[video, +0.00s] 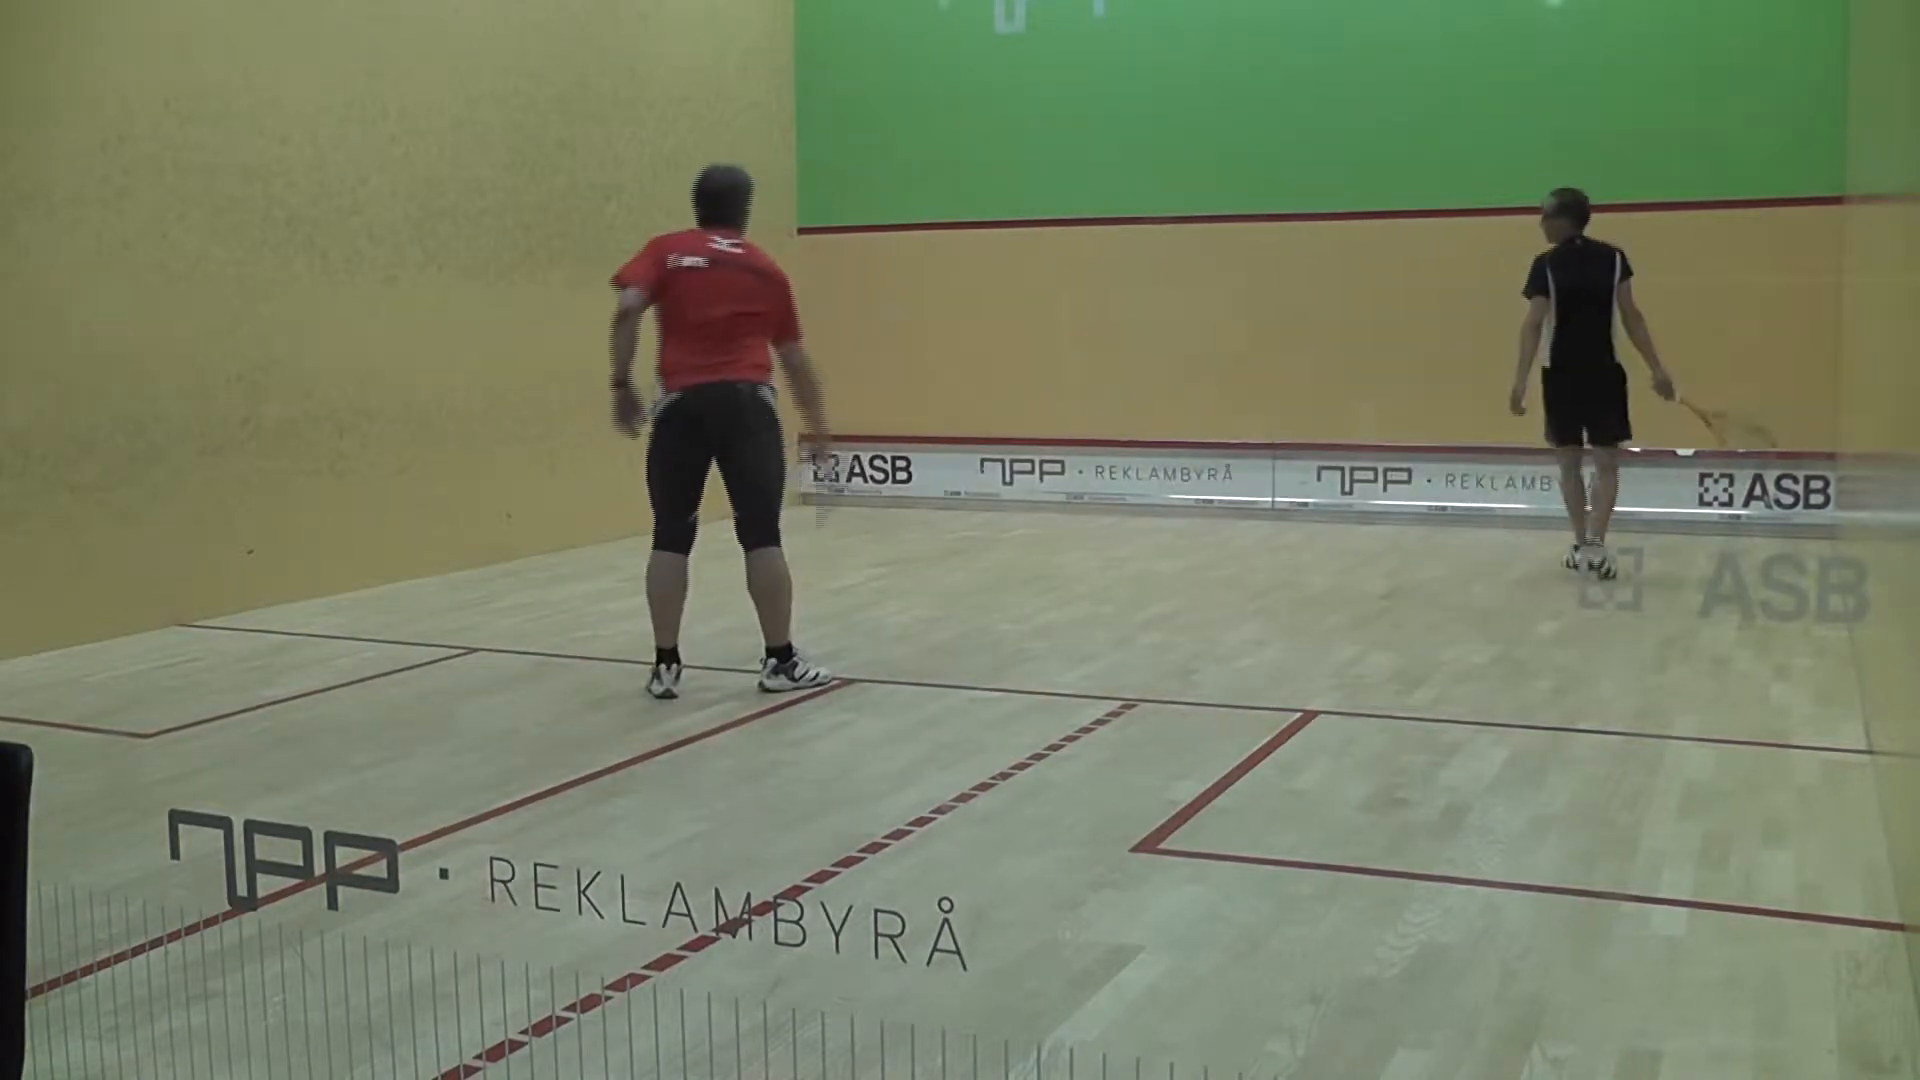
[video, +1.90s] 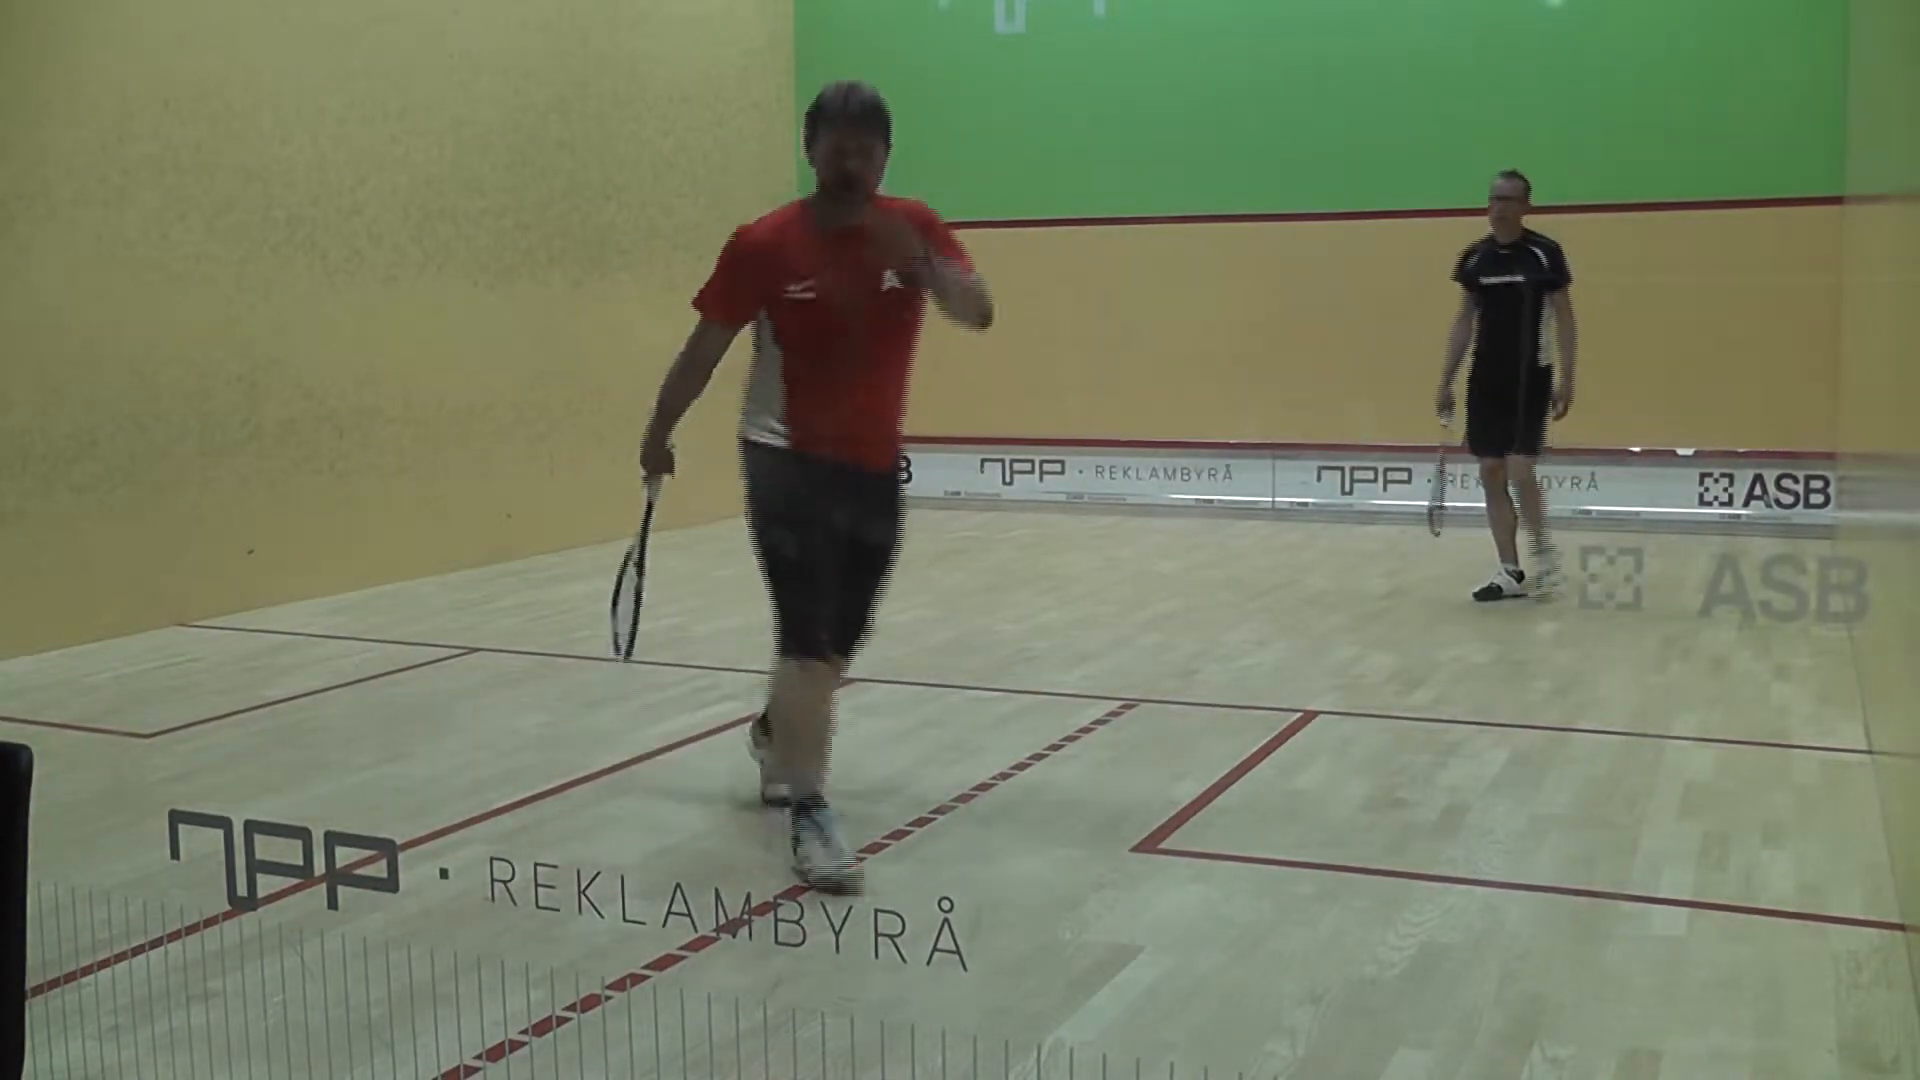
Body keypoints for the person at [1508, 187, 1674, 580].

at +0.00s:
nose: (1542, 223)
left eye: (1546, 217)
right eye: (1543, 216)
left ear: (1559, 221)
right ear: (1582, 220)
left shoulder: (1546, 264)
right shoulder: (1612, 256)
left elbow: (1534, 323)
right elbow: (1630, 315)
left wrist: (1520, 380)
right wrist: (1657, 368)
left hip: (1561, 377)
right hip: (1605, 375)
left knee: (1569, 462)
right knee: (1607, 462)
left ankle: (1582, 543)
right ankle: (1596, 544)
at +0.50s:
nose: (1567, 220)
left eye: (1574, 214)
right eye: (1569, 213)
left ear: (1594, 220)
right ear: (1600, 220)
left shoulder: (1591, 261)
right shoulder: (1624, 256)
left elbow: (1591, 321)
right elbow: (1635, 319)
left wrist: (1560, 347)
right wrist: (1600, 341)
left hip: (1595, 370)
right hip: (1623, 369)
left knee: (1579, 457)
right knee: (1614, 452)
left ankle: (1582, 548)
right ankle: (1643, 542)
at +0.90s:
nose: (1584, 216)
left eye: (1594, 210)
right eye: (1584, 208)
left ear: (1614, 217)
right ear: (1586, 213)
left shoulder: (1624, 259)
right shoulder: (1593, 259)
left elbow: (1632, 320)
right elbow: (1594, 319)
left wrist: (1610, 368)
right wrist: (1576, 361)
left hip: (1619, 367)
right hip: (1601, 367)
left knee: (1596, 455)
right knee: (1617, 455)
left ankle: (1616, 551)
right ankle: (1642, 542)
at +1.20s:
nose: (1583, 214)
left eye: (1593, 208)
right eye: (1580, 207)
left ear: (1611, 214)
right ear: (1575, 210)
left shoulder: (1628, 260)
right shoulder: (1572, 262)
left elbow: (1644, 326)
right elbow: (1573, 327)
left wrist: (1646, 385)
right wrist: (1559, 379)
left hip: (1613, 375)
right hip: (1577, 375)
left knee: (1606, 465)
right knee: (1562, 459)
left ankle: (1619, 556)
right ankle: (1602, 535)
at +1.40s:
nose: (1566, 213)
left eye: (1575, 207)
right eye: (1562, 206)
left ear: (1593, 213)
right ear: (1556, 211)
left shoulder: (1613, 257)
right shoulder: (1552, 262)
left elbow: (1638, 319)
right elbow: (1552, 322)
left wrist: (1647, 382)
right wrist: (1534, 373)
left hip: (1604, 375)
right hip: (1560, 374)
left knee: (1604, 465)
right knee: (1533, 456)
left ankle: (1619, 558)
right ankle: (1544, 557)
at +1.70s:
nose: (1521, 219)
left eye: (1530, 212)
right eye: (1517, 211)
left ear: (1549, 217)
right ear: (1512, 216)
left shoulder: (1572, 264)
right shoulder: (1507, 268)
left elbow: (1595, 326)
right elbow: (1501, 332)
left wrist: (1597, 388)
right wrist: (1481, 389)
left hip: (1560, 387)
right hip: (1515, 387)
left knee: (1573, 478)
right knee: (1501, 473)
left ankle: (1610, 546)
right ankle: (1512, 571)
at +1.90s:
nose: (1499, 207)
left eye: (1508, 200)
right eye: (1494, 198)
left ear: (1526, 206)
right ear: (1487, 203)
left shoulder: (1545, 254)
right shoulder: (1473, 260)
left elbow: (1564, 317)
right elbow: (1464, 322)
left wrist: (1567, 377)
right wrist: (1446, 380)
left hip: (1531, 375)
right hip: (1487, 375)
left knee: (1520, 469)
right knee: (1491, 472)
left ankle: (1540, 544)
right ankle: (1509, 570)